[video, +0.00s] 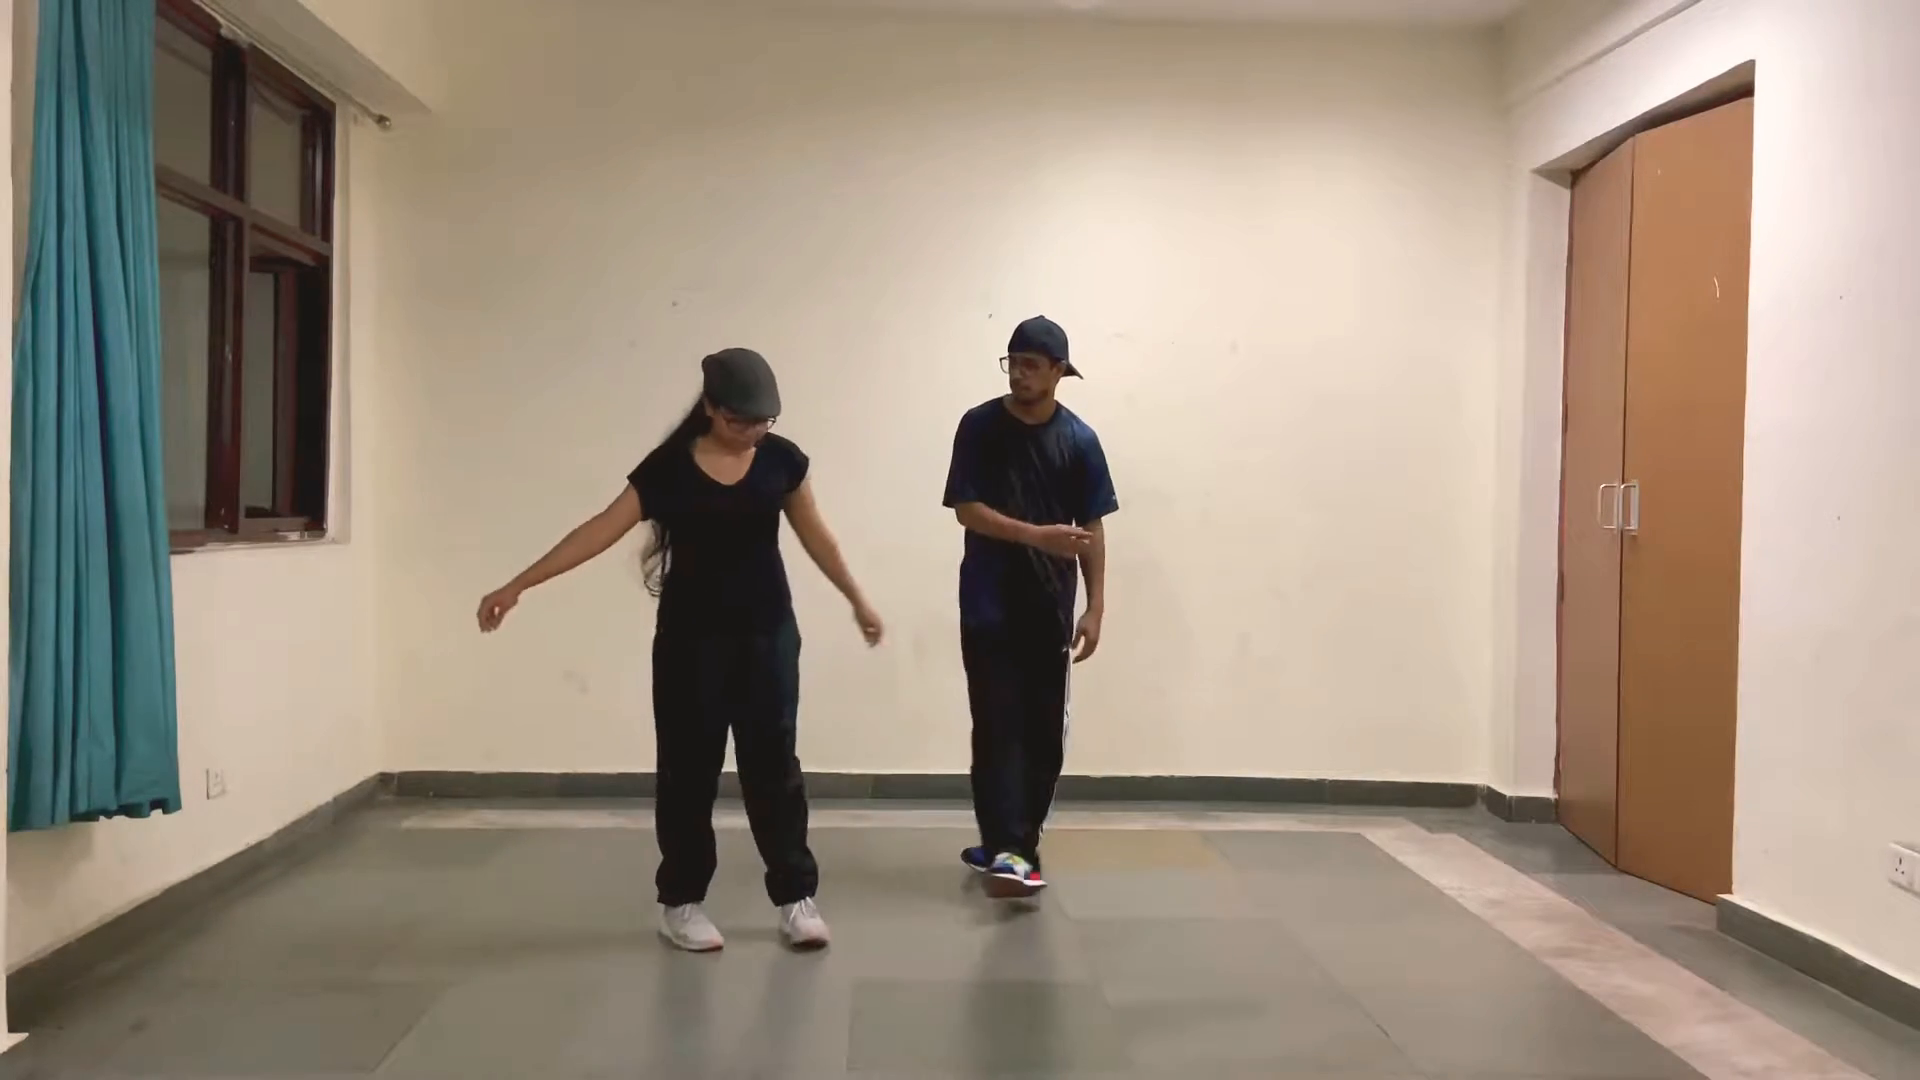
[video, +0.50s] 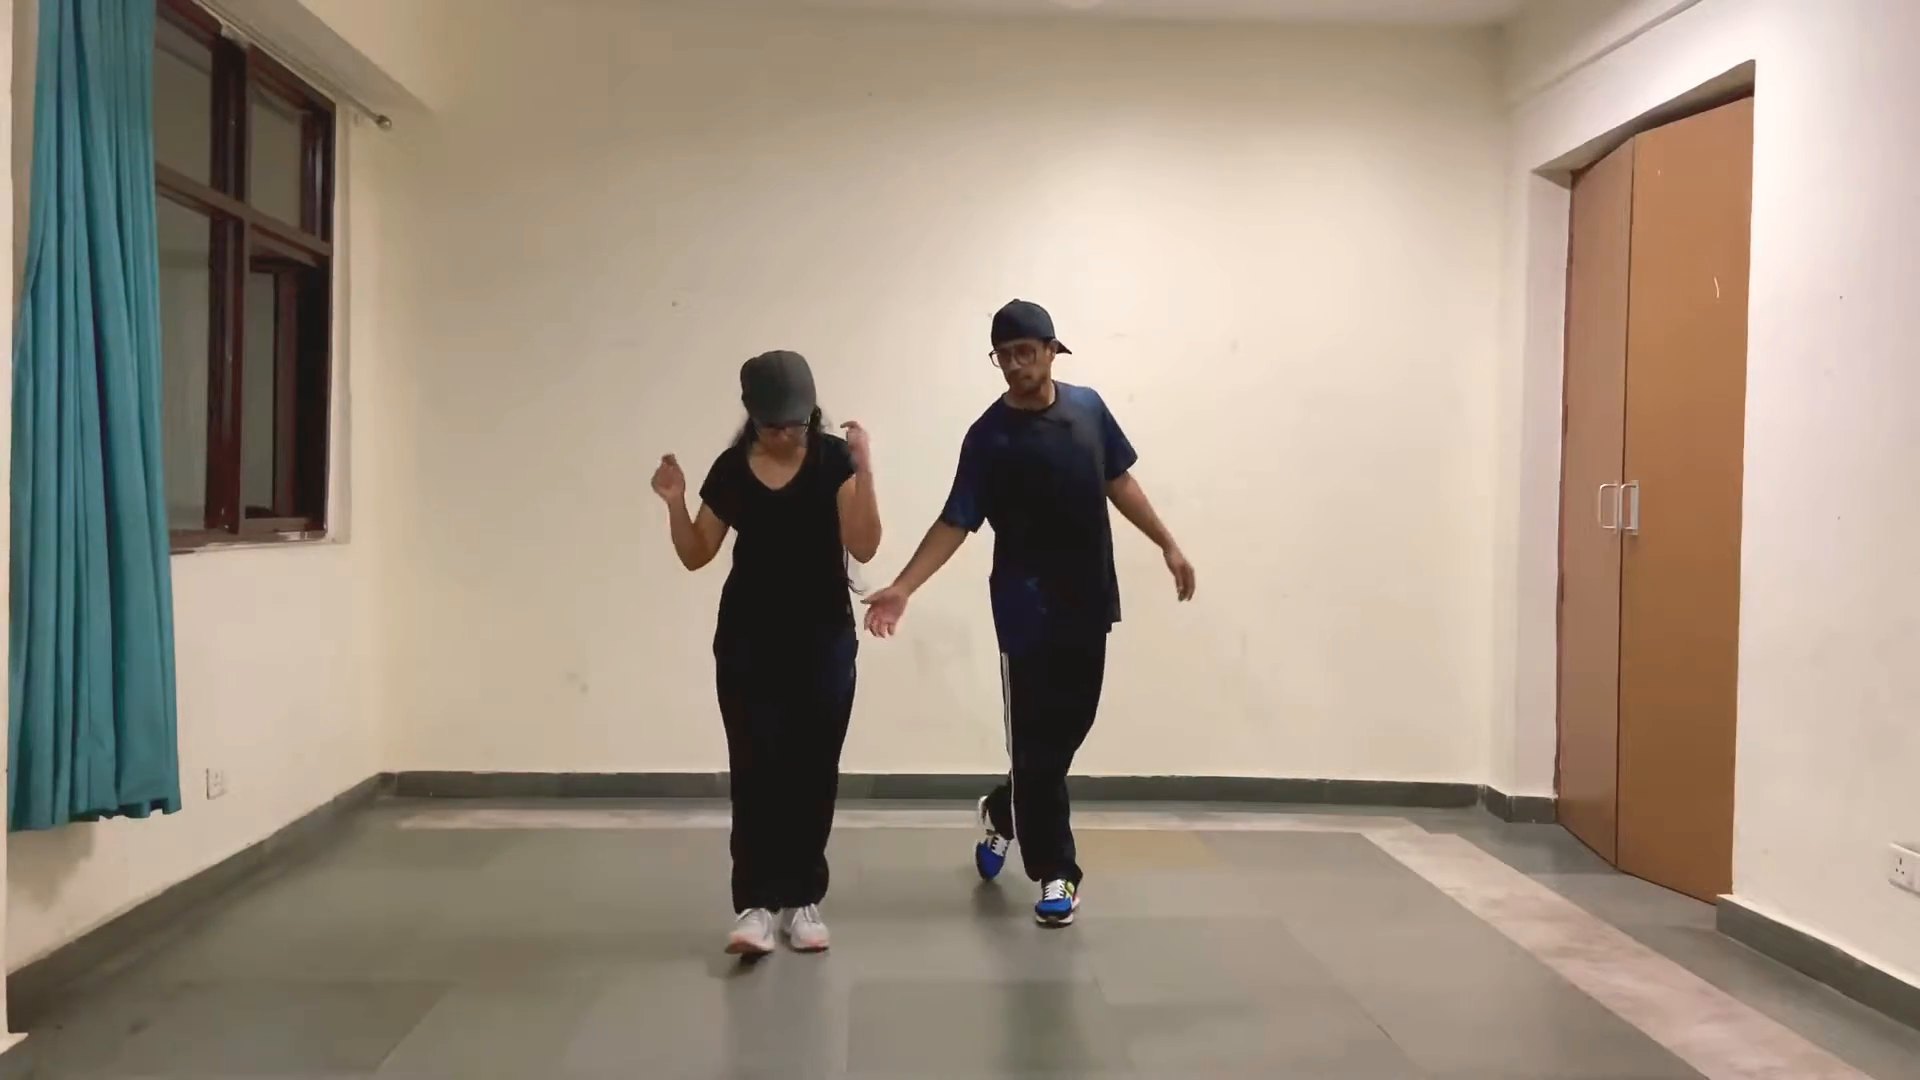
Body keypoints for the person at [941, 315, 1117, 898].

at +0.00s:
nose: (1022, 374)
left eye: (1034, 365)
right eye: (1015, 364)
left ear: (1059, 371)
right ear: (1006, 365)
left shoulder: (1079, 439)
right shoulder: (979, 426)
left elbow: (1092, 527)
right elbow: (965, 509)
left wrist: (1096, 607)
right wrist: (1036, 534)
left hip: (1049, 604)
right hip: (988, 600)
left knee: (1043, 724)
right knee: (996, 720)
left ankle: (1021, 848)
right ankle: (1005, 850)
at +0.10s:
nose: (1022, 375)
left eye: (1034, 365)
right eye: (1014, 364)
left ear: (1058, 371)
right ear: (1005, 367)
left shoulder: (1079, 439)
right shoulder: (978, 432)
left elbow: (1094, 524)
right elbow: (969, 521)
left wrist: (1108, 603)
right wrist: (1032, 568)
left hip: (1057, 604)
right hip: (999, 605)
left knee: (1050, 725)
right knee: (1016, 728)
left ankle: (1019, 833)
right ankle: (1049, 864)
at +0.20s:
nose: (1020, 368)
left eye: (1031, 359)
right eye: (1012, 359)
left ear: (1056, 364)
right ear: (1002, 366)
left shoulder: (1080, 433)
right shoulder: (983, 434)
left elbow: (1096, 519)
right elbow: (972, 530)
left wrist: (1119, 596)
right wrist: (993, 613)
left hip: (1067, 604)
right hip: (1009, 606)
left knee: (1053, 733)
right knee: (1026, 738)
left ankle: (1002, 828)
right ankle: (1057, 871)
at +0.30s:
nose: (1022, 366)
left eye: (1032, 354)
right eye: (1011, 357)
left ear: (1053, 356)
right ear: (1000, 362)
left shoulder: (1082, 418)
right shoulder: (988, 434)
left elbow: (1099, 503)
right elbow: (971, 530)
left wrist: (1130, 576)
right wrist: (944, 612)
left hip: (1075, 600)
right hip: (1013, 605)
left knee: (1053, 728)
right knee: (1029, 735)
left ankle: (995, 821)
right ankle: (1055, 872)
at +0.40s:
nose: (1019, 370)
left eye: (1029, 358)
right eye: (1008, 361)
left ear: (1052, 355)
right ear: (998, 362)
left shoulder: (1084, 411)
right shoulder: (988, 437)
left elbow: (1108, 490)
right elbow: (960, 523)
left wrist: (1149, 556)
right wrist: (915, 599)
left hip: (1083, 598)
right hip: (1021, 603)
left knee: (1059, 725)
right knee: (1030, 736)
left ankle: (994, 815)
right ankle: (1055, 872)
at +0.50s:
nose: (1018, 362)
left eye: (1028, 350)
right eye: (1007, 354)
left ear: (1051, 351)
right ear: (997, 360)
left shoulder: (1086, 407)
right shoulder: (988, 436)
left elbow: (1119, 481)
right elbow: (955, 521)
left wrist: (1169, 545)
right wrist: (902, 586)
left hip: (1088, 597)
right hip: (1024, 605)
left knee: (1074, 723)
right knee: (1036, 736)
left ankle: (1004, 809)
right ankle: (1056, 872)